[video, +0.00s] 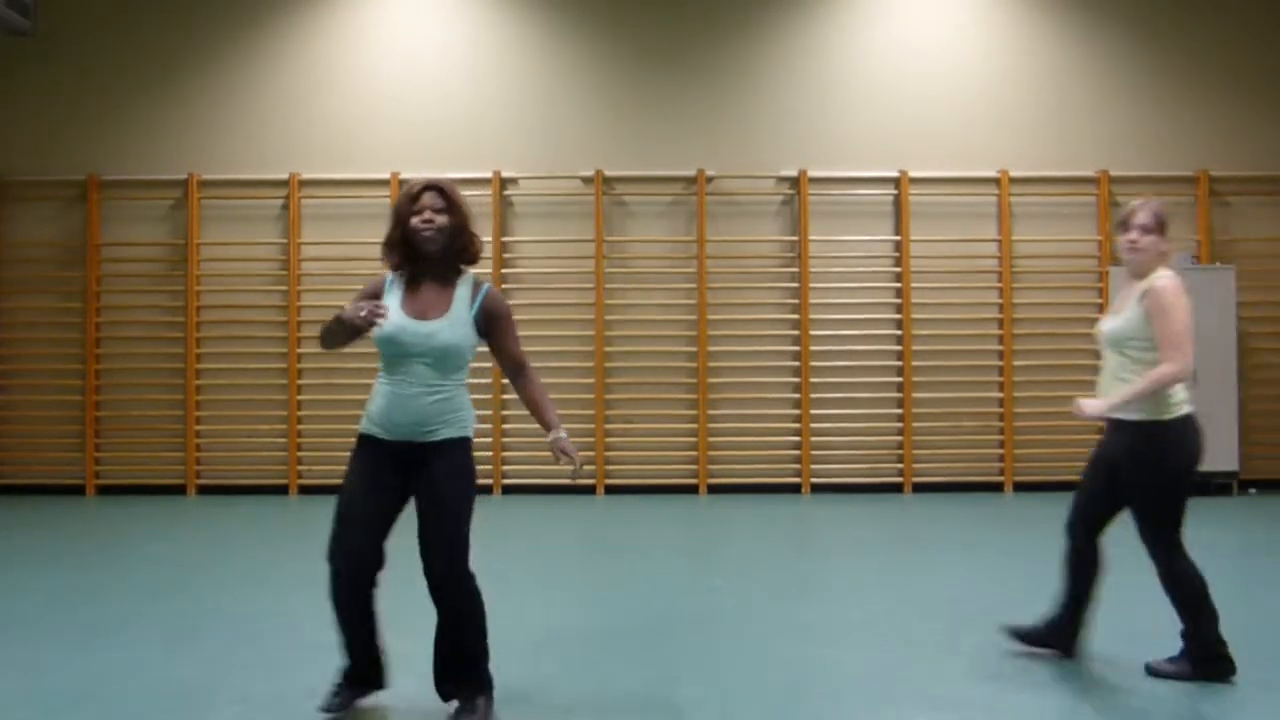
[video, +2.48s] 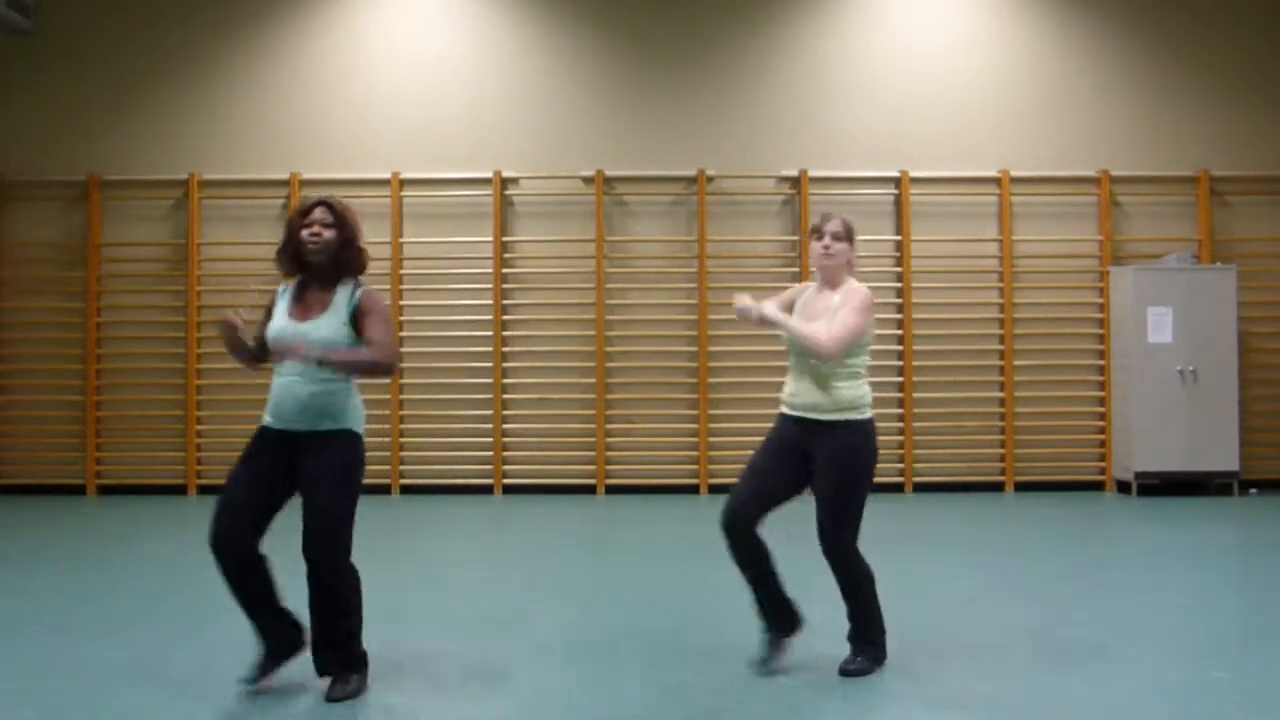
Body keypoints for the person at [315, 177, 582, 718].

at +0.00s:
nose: (428, 219)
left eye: (439, 212)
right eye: (418, 213)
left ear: (458, 226)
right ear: (403, 227)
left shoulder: (480, 298)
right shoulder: (385, 287)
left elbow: (519, 371)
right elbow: (329, 341)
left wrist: (555, 428)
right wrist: (349, 322)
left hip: (446, 447)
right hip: (380, 443)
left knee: (447, 570)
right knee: (348, 556)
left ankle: (473, 692)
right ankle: (362, 674)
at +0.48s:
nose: (324, 248)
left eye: (335, 240)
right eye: (315, 239)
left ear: (352, 252)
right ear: (299, 249)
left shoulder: (372, 323)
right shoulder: (270, 312)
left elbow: (371, 390)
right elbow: (226, 372)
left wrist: (357, 439)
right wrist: (241, 434)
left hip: (321, 470)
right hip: (258, 461)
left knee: (279, 570)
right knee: (238, 573)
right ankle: (232, 689)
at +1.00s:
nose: (363, 227)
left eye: (373, 220)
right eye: (353, 219)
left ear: (390, 231)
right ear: (335, 229)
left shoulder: (402, 284)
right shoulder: (318, 274)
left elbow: (459, 331)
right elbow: (315, 320)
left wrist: (497, 301)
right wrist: (389, 293)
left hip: (367, 440)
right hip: (304, 436)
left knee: (378, 567)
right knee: (322, 554)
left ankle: (390, 682)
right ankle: (283, 661)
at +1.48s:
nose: (415, 228)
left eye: (423, 221)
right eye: (404, 223)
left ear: (436, 234)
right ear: (388, 240)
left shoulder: (462, 281)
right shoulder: (375, 293)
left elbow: (534, 258)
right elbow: (376, 267)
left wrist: (588, 218)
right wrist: (437, 226)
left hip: (461, 442)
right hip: (397, 441)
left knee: (487, 557)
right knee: (380, 551)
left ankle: (525, 670)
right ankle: (336, 684)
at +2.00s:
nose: (400, 235)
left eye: (410, 228)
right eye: (390, 229)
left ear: (426, 239)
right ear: (378, 242)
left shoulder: (443, 288)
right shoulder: (366, 295)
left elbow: (437, 287)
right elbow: (303, 313)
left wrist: (377, 251)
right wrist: (285, 281)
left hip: (454, 439)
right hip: (392, 442)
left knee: (483, 553)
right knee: (358, 548)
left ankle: (518, 666)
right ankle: (355, 652)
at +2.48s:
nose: (316, 233)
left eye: (327, 226)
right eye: (308, 226)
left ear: (345, 240)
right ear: (294, 238)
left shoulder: (363, 297)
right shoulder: (283, 296)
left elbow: (385, 358)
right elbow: (262, 359)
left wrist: (316, 354)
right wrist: (239, 343)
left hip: (334, 438)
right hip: (278, 435)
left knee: (325, 551)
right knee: (230, 538)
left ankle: (347, 666)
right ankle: (281, 636)